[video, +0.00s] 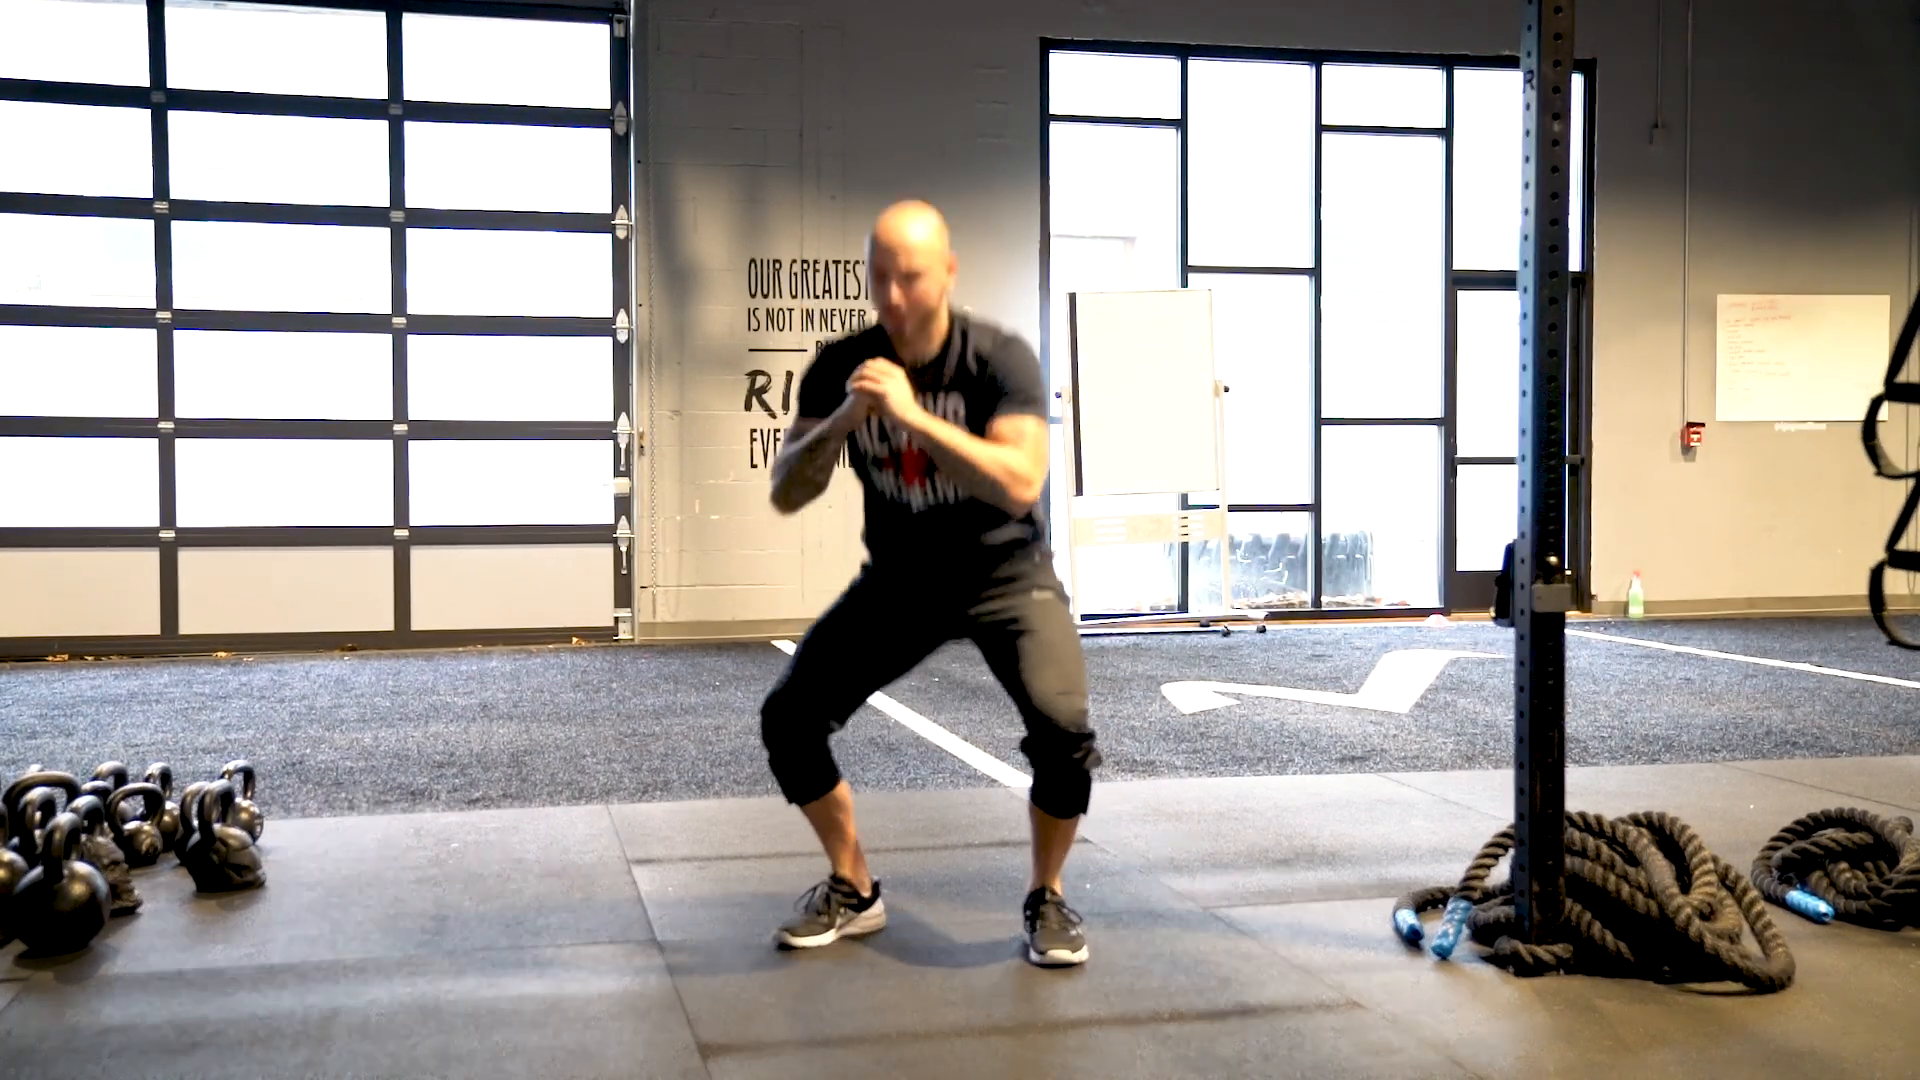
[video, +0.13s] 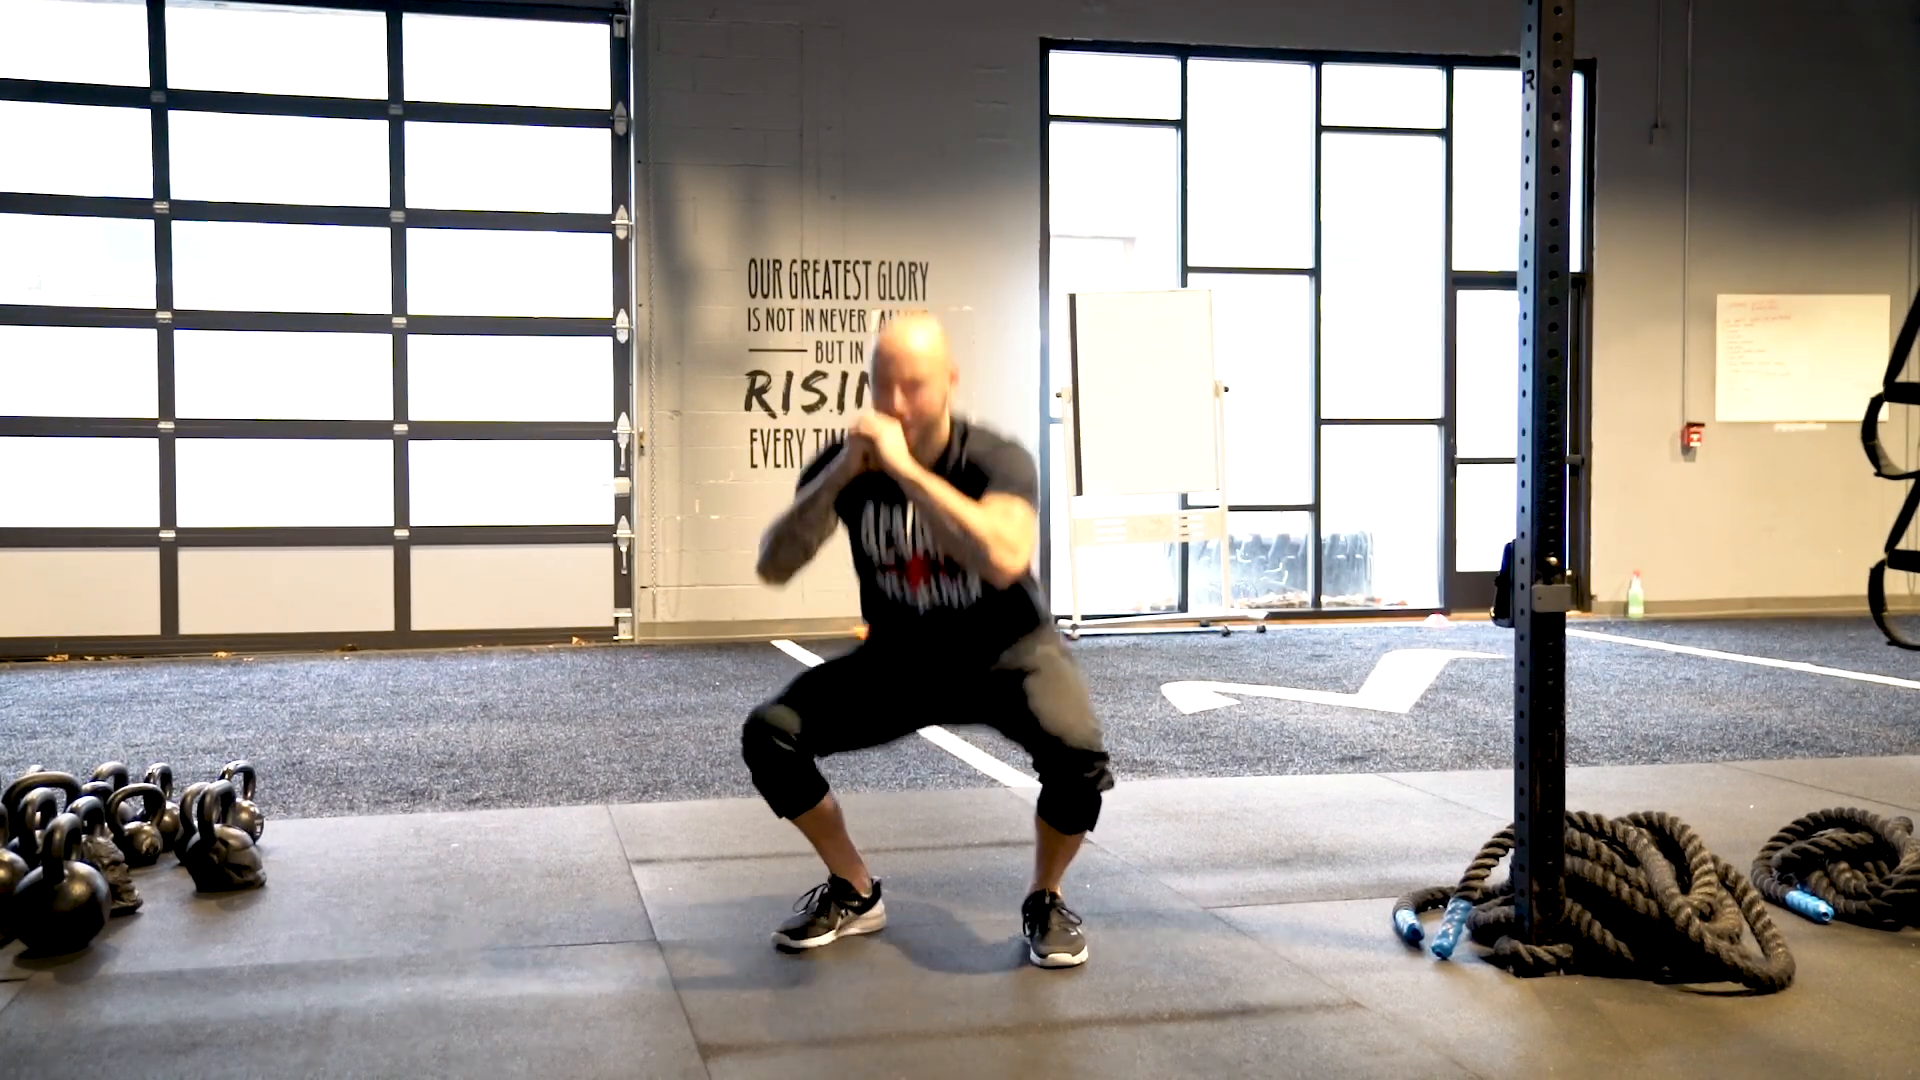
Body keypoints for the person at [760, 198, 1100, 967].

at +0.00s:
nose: (892, 298)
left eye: (910, 278)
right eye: (880, 278)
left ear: (949, 276)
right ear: (866, 278)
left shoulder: (1001, 358)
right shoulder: (838, 367)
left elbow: (1022, 483)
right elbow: (786, 495)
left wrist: (913, 415)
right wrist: (842, 421)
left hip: (1006, 575)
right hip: (901, 579)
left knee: (1064, 726)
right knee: (789, 720)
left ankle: (1046, 897)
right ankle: (852, 888)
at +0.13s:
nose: (894, 405)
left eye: (912, 387)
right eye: (882, 386)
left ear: (950, 384)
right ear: (867, 385)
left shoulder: (997, 460)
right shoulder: (847, 461)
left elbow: (1007, 557)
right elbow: (774, 565)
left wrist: (906, 472)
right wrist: (841, 476)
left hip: (1007, 657)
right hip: (900, 659)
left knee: (1080, 761)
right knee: (770, 738)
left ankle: (1046, 902)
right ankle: (854, 889)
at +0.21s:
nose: (897, 472)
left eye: (914, 455)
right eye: (885, 455)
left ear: (952, 450)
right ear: (871, 451)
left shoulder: (998, 520)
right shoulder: (846, 524)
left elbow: (1000, 616)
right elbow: (777, 624)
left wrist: (905, 523)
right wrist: (844, 530)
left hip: (996, 710)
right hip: (896, 711)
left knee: (1081, 757)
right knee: (768, 741)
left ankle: (1046, 901)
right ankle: (854, 891)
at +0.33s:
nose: (898, 518)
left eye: (917, 502)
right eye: (886, 500)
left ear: (955, 497)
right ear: (872, 496)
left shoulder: (1001, 567)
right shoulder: (845, 570)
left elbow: (996, 677)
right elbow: (784, 683)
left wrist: (904, 579)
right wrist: (849, 582)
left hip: (989, 748)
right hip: (893, 748)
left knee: (1075, 754)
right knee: (769, 743)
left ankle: (1045, 899)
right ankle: (854, 888)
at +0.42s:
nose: (899, 497)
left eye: (918, 481)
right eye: (887, 479)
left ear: (957, 477)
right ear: (874, 475)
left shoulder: (1003, 551)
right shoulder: (846, 551)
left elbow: (1000, 661)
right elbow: (781, 663)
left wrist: (906, 564)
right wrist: (848, 569)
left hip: (991, 733)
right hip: (894, 734)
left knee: (1080, 756)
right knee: (766, 743)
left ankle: (1046, 900)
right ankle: (854, 889)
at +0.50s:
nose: (900, 447)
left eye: (918, 430)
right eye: (888, 429)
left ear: (957, 428)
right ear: (874, 428)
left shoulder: (1005, 507)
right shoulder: (847, 503)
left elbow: (1012, 620)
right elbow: (779, 620)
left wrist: (912, 533)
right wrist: (847, 538)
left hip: (999, 691)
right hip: (897, 691)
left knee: (1082, 763)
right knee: (767, 741)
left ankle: (1046, 900)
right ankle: (853, 888)